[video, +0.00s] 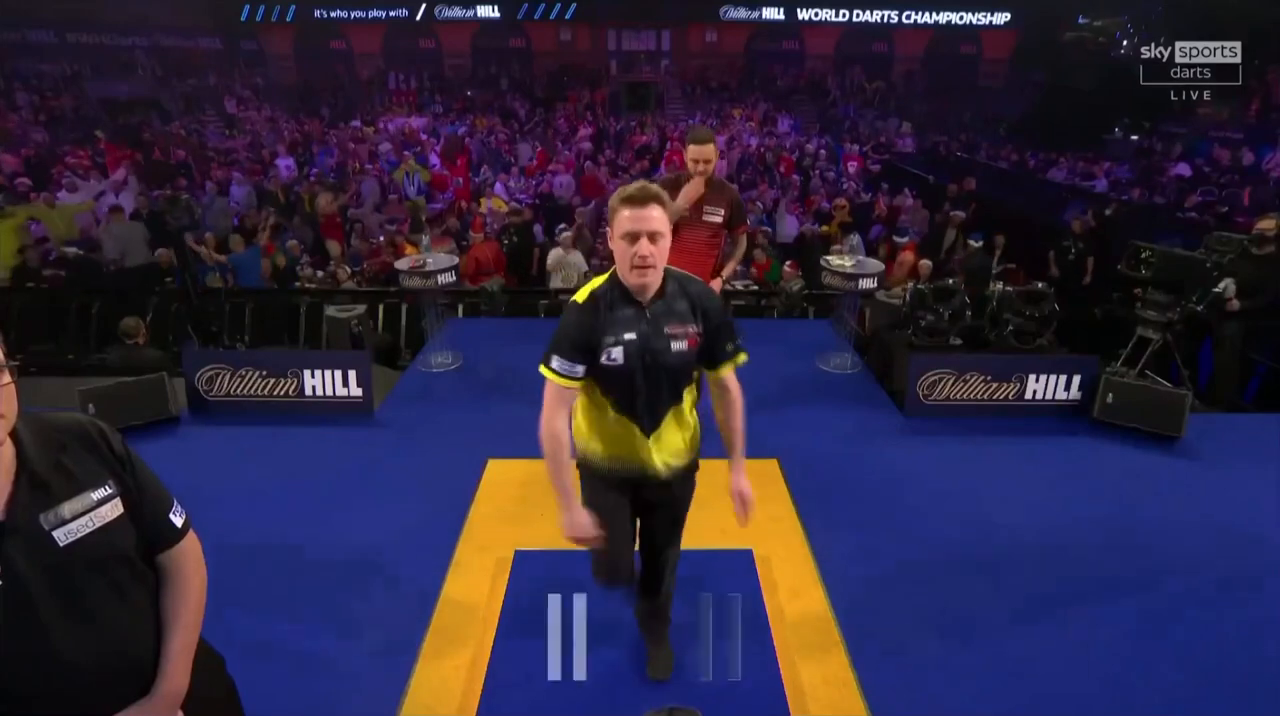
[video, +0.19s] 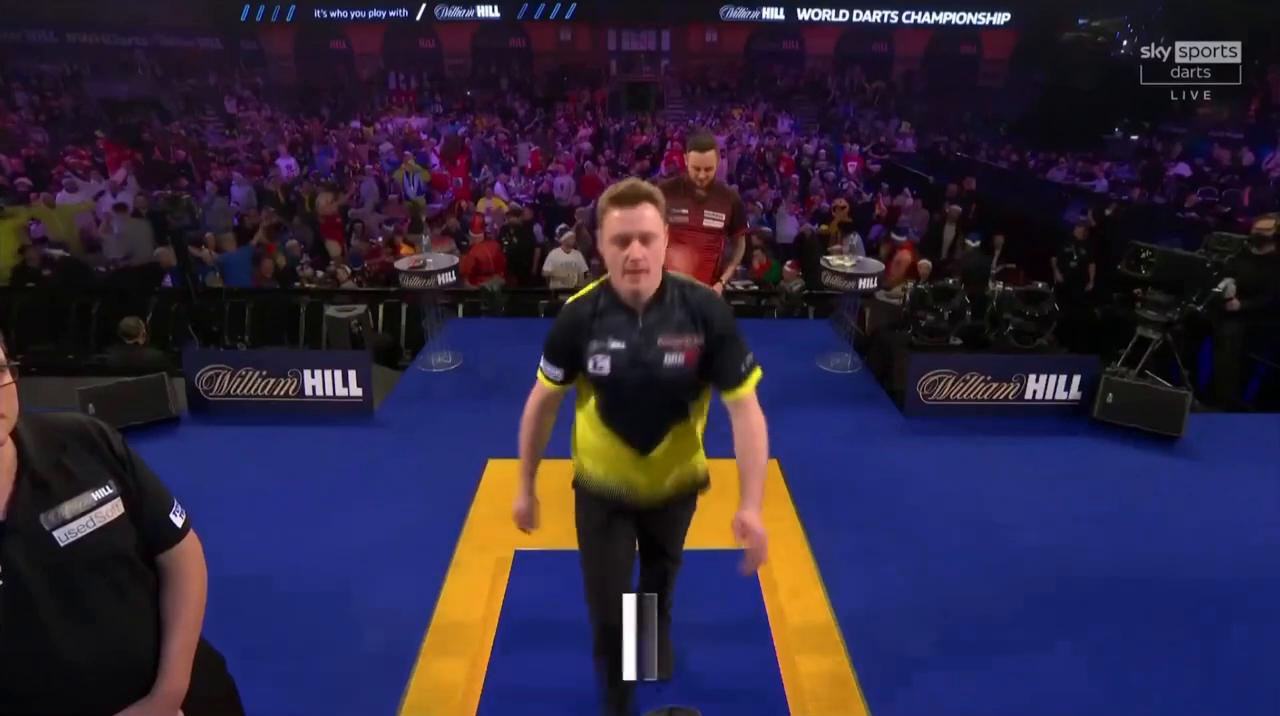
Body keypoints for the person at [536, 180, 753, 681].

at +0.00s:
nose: (643, 250)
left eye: (654, 237)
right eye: (630, 238)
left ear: (670, 241)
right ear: (610, 244)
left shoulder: (700, 301)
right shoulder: (588, 310)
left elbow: (725, 385)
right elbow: (554, 413)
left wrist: (738, 468)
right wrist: (569, 504)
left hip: (672, 457)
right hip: (605, 458)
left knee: (660, 567)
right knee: (614, 571)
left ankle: (656, 631)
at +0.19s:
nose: (635, 254)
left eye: (646, 239)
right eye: (621, 242)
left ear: (666, 242)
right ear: (600, 247)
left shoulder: (705, 310)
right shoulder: (580, 315)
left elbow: (745, 406)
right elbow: (544, 397)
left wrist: (751, 507)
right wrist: (525, 487)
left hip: (673, 482)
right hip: (602, 484)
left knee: (662, 574)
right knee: (607, 612)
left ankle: (659, 641)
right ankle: (616, 702)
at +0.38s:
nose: (617, 291)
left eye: (630, 275)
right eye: (602, 276)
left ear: (654, 277)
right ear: (580, 283)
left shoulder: (695, 356)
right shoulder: (565, 350)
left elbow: (748, 480)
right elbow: (535, 413)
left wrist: (720, 541)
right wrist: (507, 483)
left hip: (666, 555)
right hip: (592, 552)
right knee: (607, 688)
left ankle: (660, 663)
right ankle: (613, 704)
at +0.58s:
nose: (597, 317)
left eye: (613, 297)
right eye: (579, 299)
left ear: (638, 298)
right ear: (553, 303)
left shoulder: (680, 387)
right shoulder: (546, 377)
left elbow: (729, 534)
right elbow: (527, 443)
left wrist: (677, 648)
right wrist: (502, 528)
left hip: (657, 614)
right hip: (565, 605)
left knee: (650, 706)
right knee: (574, 705)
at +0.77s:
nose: (588, 345)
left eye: (607, 324)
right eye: (569, 325)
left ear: (637, 321)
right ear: (540, 322)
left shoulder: (677, 429)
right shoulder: (536, 401)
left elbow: (730, 610)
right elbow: (504, 472)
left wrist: (690, 708)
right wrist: (487, 581)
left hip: (653, 687)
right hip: (562, 672)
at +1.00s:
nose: (592, 425)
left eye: (617, 397)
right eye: (568, 397)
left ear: (655, 386)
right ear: (537, 386)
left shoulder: (687, 525)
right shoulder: (544, 470)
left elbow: (754, 685)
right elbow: (514, 538)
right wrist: (464, 637)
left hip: (634, 698)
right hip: (539, 691)